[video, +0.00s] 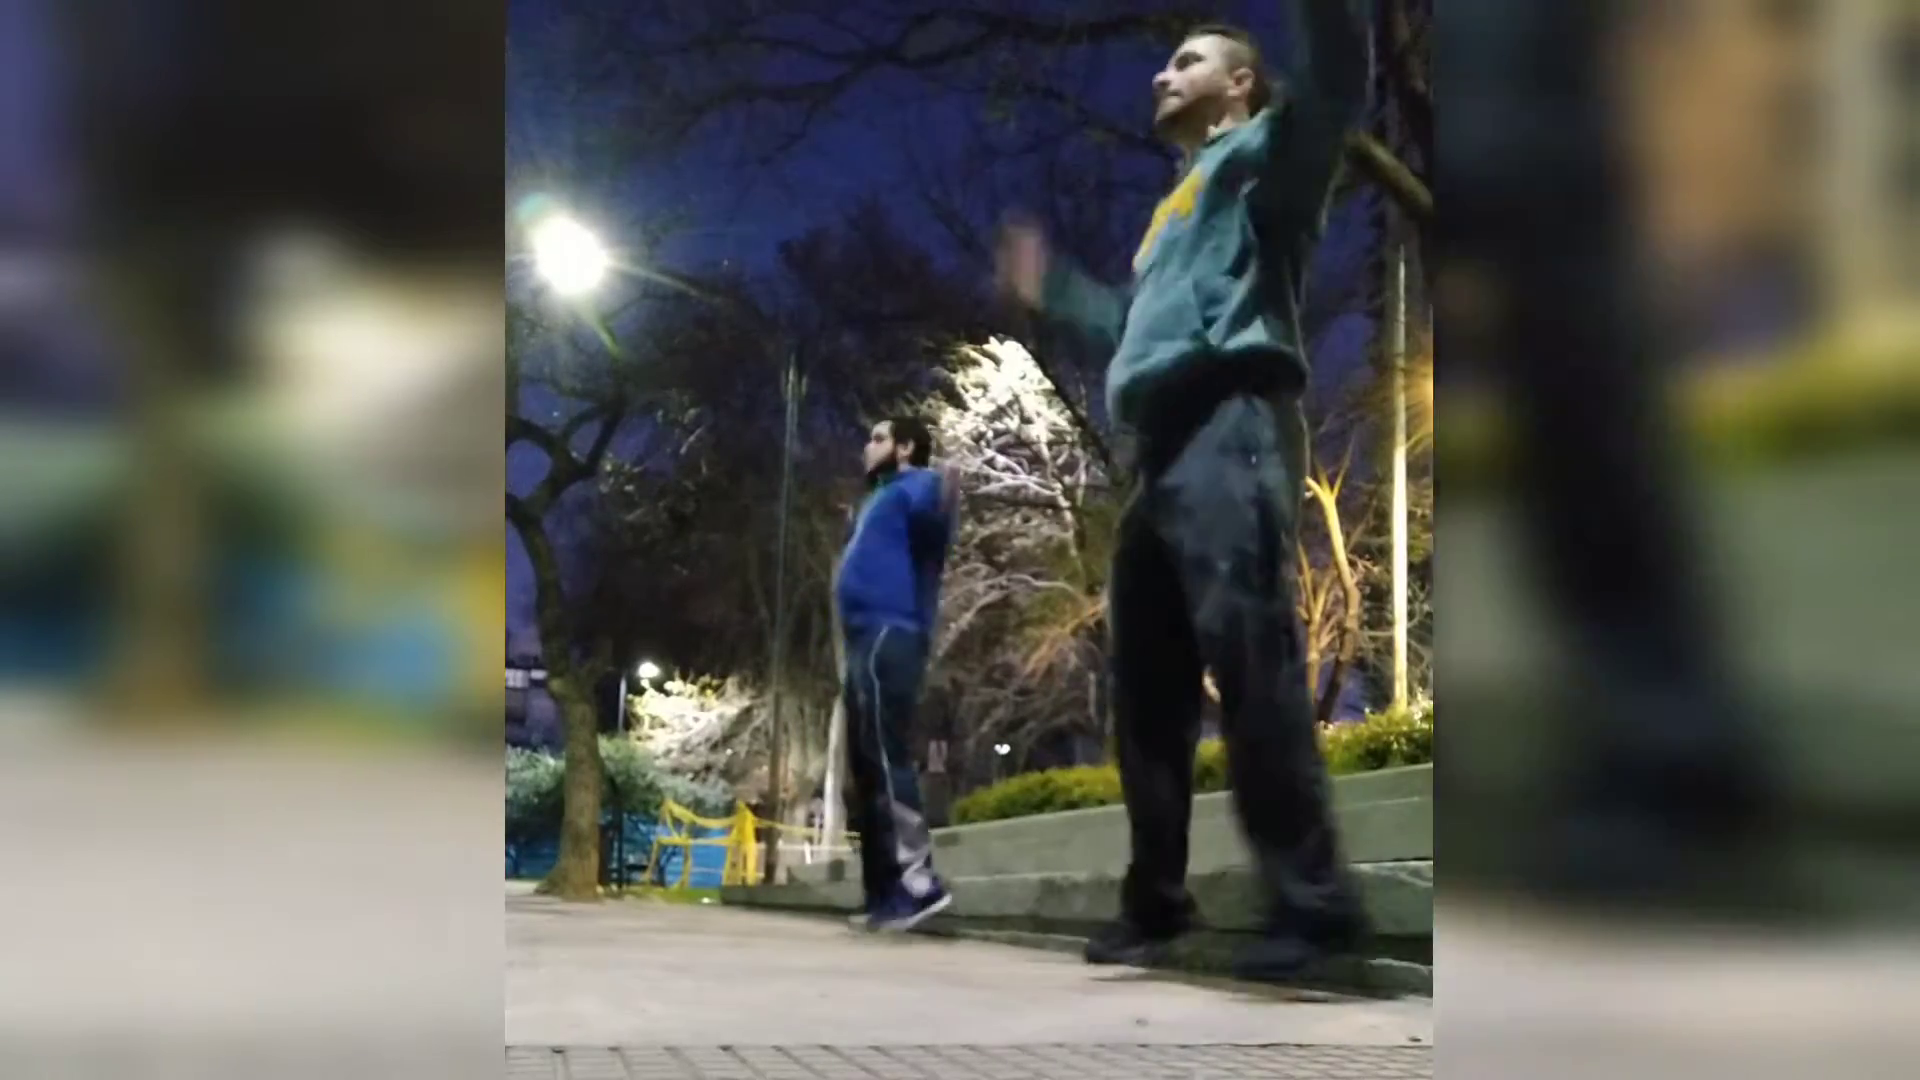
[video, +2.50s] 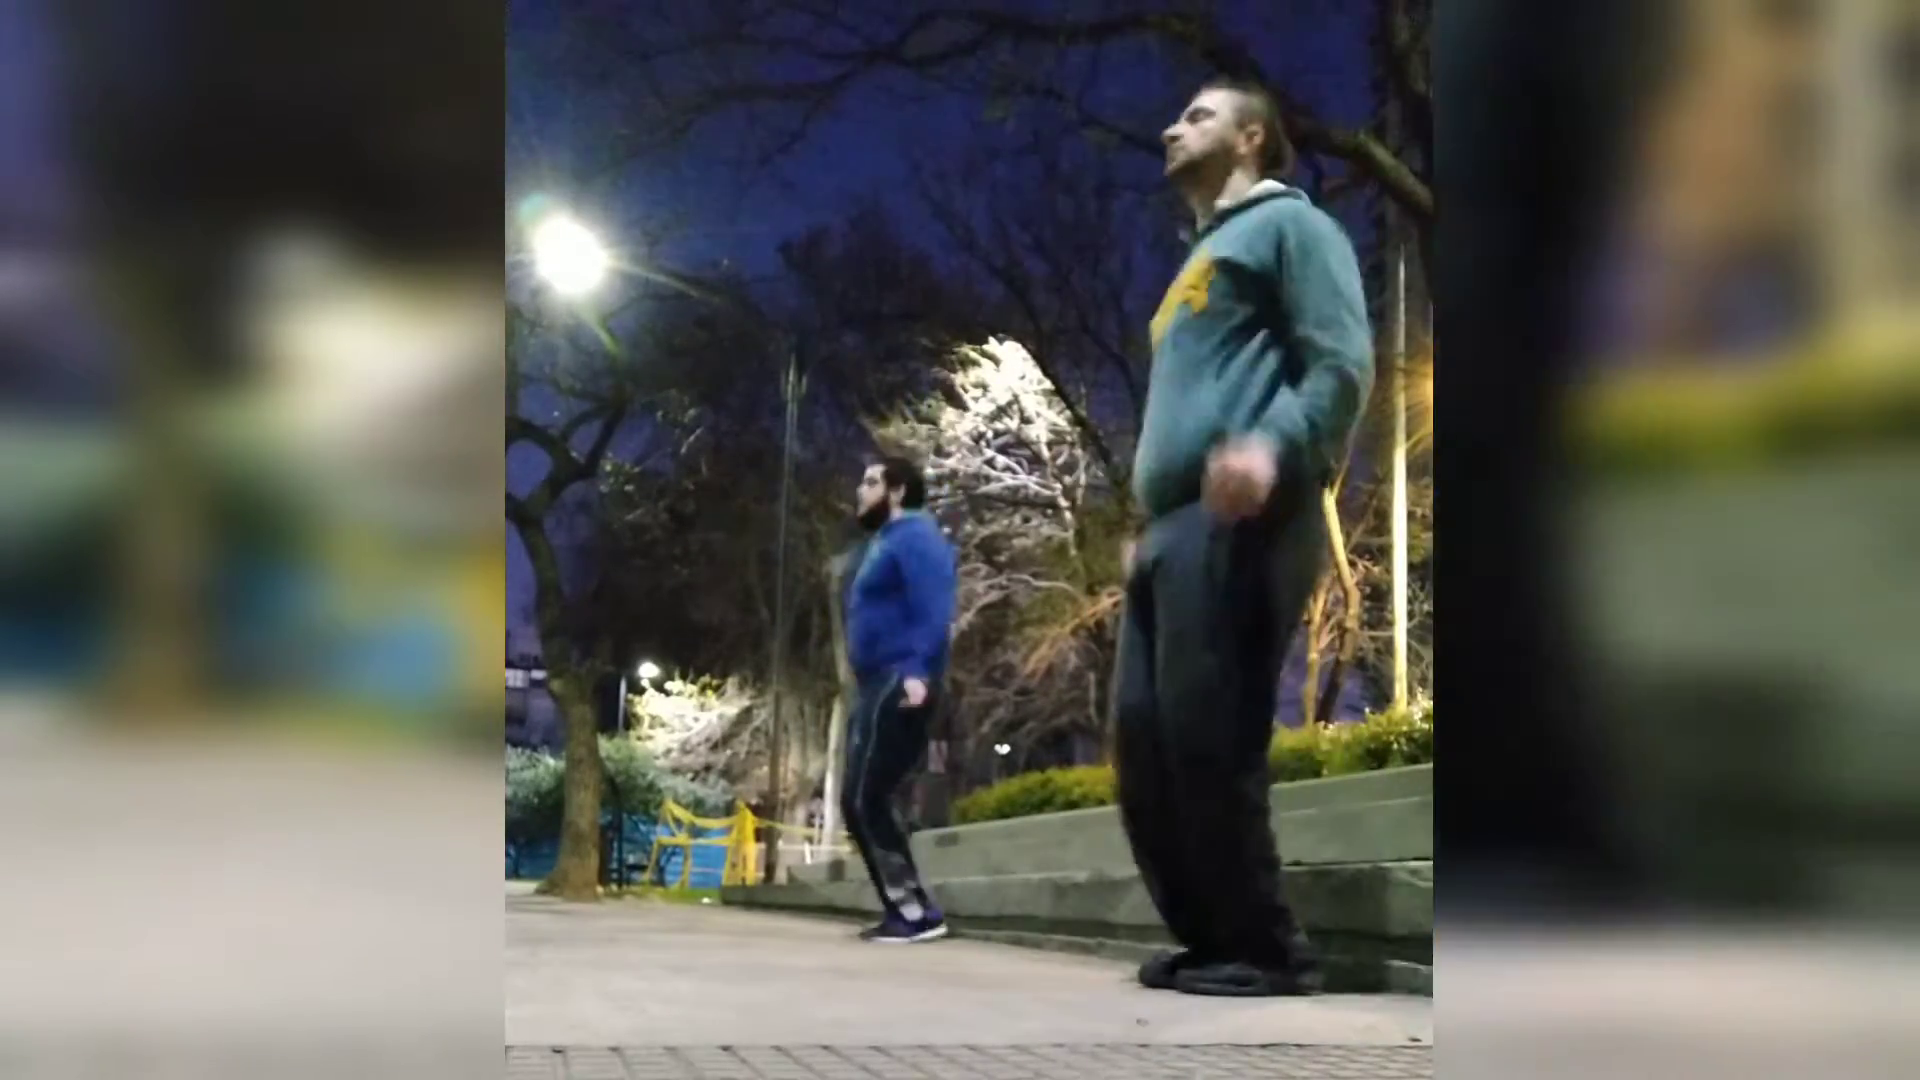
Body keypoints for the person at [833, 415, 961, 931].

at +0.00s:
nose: (867, 447)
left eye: (877, 438)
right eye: (869, 438)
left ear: (905, 449)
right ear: (893, 451)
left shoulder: (915, 484)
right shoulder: (878, 499)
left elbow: (925, 506)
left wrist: (940, 485)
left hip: (892, 626)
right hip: (863, 630)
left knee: (883, 755)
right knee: (865, 764)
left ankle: (918, 882)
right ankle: (882, 893)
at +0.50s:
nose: (863, 453)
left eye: (873, 445)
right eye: (865, 445)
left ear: (901, 451)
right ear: (888, 454)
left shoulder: (919, 488)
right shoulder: (880, 496)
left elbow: (953, 479)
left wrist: (943, 430)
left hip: (895, 629)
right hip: (863, 630)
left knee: (887, 753)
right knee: (860, 761)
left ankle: (922, 881)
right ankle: (880, 886)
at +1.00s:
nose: (869, 452)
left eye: (879, 443)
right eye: (870, 444)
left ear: (906, 452)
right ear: (891, 457)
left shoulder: (920, 497)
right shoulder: (882, 504)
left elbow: (933, 442)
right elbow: (862, 482)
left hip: (895, 633)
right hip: (861, 634)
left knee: (892, 752)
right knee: (863, 763)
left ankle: (925, 878)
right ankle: (875, 883)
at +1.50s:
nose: (863, 469)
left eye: (872, 460)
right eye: (865, 460)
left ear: (899, 465)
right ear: (894, 466)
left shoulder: (918, 503)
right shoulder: (881, 511)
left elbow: (935, 574)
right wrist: (858, 653)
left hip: (897, 657)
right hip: (867, 657)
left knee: (869, 775)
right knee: (855, 778)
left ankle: (904, 901)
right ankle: (886, 904)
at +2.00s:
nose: (874, 477)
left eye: (882, 469)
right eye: (875, 468)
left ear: (907, 474)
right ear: (890, 476)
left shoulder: (932, 517)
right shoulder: (882, 527)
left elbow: (940, 451)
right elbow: (871, 501)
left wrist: (928, 395)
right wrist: (885, 471)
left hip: (912, 661)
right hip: (871, 665)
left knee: (903, 782)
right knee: (864, 791)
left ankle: (955, 904)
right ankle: (883, 902)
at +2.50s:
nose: (860, 492)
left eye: (869, 483)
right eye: (862, 483)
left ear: (897, 490)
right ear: (892, 491)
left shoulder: (915, 535)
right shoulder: (885, 539)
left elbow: (932, 606)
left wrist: (918, 670)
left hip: (900, 680)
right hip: (876, 680)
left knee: (866, 796)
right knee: (860, 797)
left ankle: (911, 910)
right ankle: (902, 907)